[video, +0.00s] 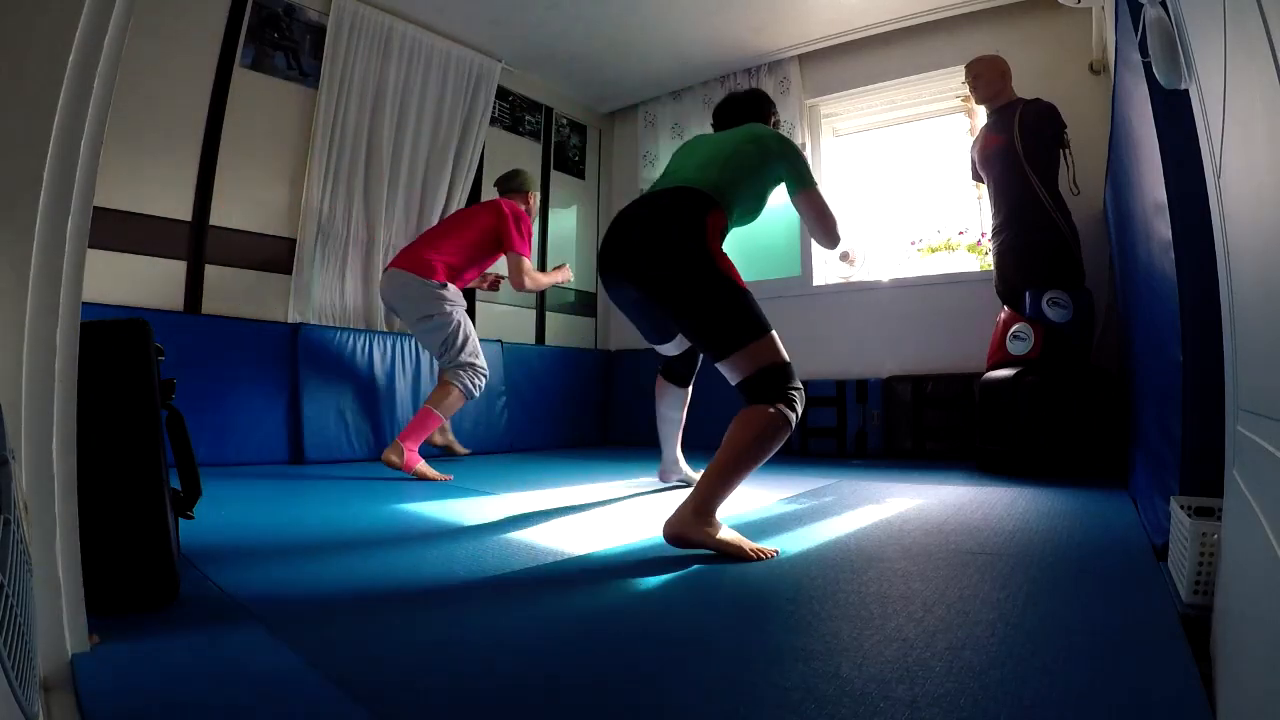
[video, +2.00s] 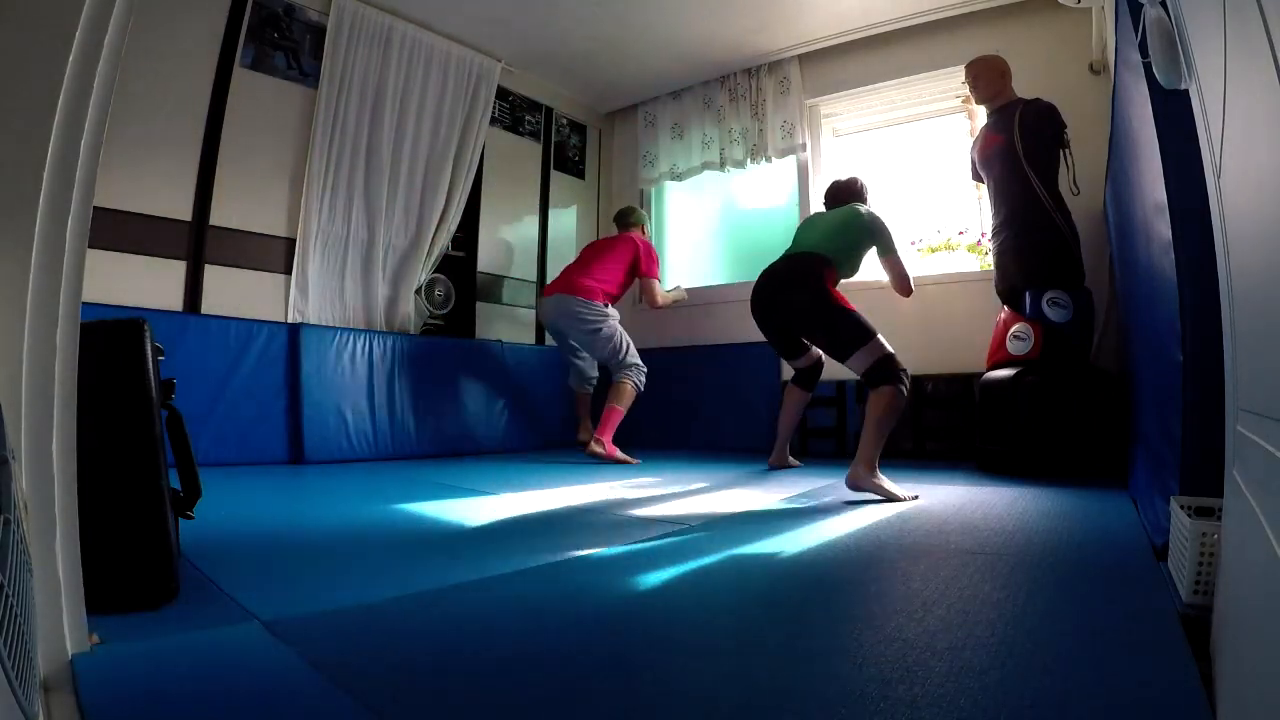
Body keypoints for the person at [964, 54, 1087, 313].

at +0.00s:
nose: (970, 85)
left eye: (976, 76)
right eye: (968, 81)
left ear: (1004, 75)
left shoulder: (1038, 112)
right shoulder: (980, 140)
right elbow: (979, 177)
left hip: (1050, 241)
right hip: (1008, 250)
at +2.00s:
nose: (969, 87)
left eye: (974, 78)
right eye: (968, 82)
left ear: (1001, 76)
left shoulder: (1036, 111)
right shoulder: (981, 138)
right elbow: (978, 178)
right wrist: (973, 128)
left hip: (1049, 242)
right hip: (1009, 249)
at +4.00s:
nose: (971, 85)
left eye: (976, 76)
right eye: (968, 82)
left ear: (1004, 74)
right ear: (969, 91)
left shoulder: (1036, 111)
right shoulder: (981, 139)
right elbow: (978, 175)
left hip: (1050, 245)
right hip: (1008, 253)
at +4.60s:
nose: (971, 84)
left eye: (976, 76)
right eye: (968, 81)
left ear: (1004, 75)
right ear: (969, 90)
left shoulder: (1036, 111)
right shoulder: (980, 141)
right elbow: (979, 177)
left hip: (1050, 245)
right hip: (1008, 253)